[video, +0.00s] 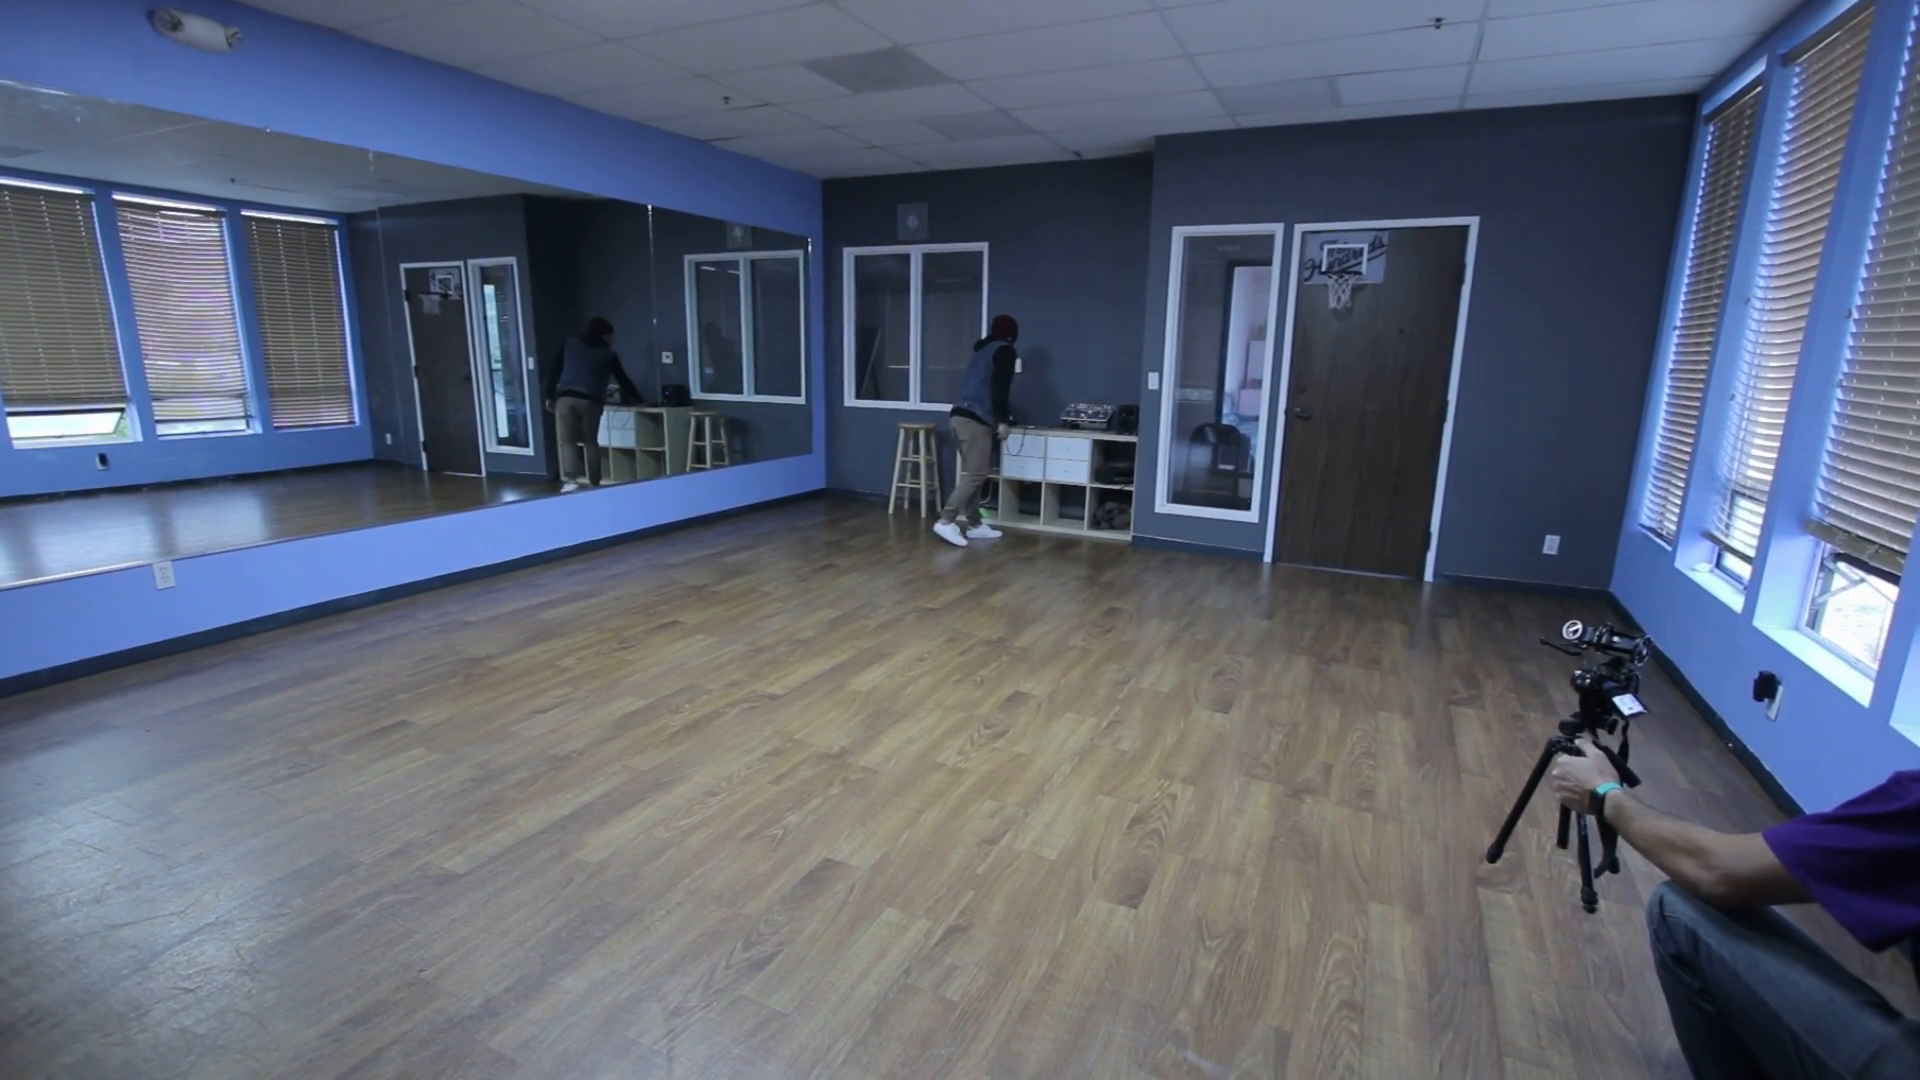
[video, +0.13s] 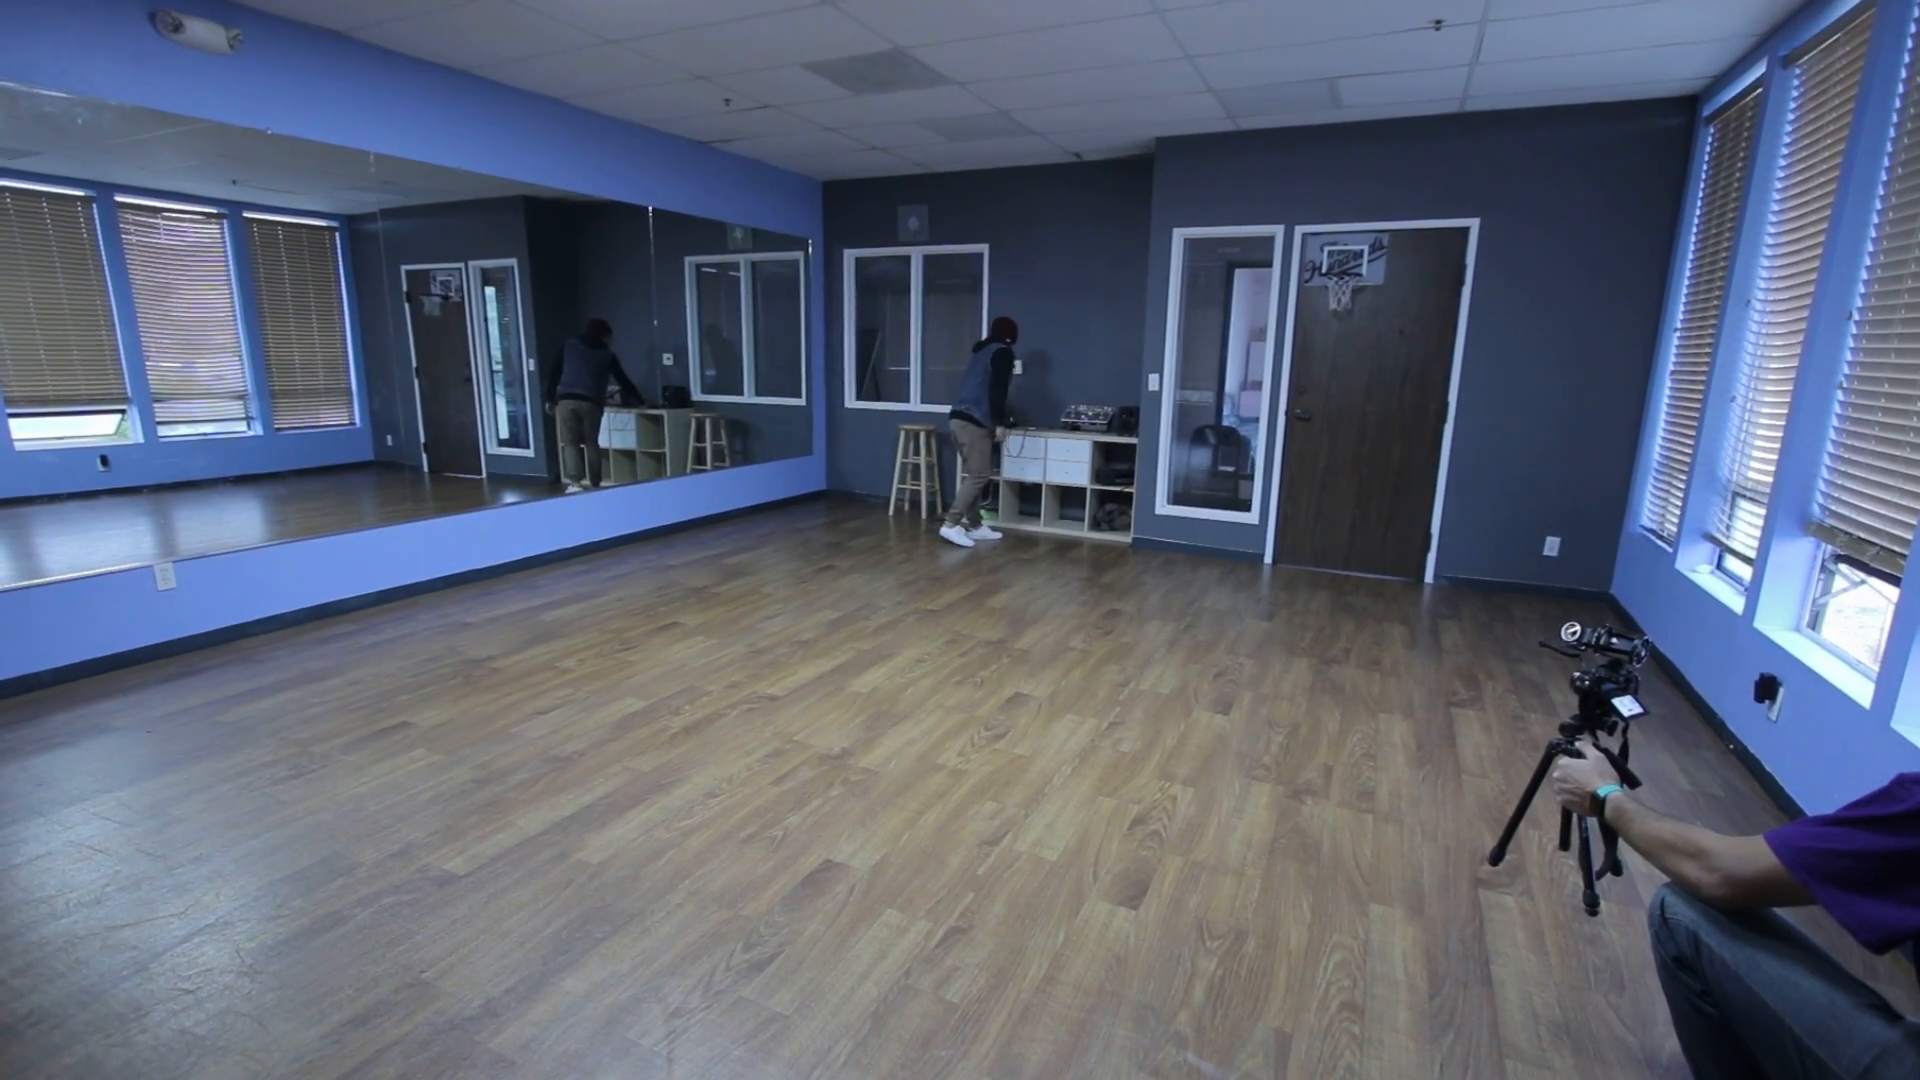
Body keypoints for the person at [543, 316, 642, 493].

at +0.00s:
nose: (611, 338)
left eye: (611, 335)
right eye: (610, 335)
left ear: (587, 330)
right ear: (606, 335)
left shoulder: (570, 344)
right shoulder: (608, 353)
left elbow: (555, 370)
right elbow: (623, 380)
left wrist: (550, 396)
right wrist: (638, 399)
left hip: (566, 399)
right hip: (590, 401)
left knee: (566, 441)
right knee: (590, 441)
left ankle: (569, 481)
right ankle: (594, 482)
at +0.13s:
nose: (609, 340)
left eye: (609, 337)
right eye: (608, 337)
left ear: (586, 331)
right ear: (604, 336)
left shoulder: (569, 346)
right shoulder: (607, 354)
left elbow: (554, 373)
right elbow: (623, 381)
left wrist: (549, 399)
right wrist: (639, 400)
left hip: (566, 401)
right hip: (591, 403)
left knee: (569, 443)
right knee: (591, 443)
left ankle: (573, 483)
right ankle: (594, 484)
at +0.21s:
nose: (607, 339)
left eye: (606, 336)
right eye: (606, 336)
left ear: (584, 331)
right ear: (602, 335)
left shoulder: (568, 346)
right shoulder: (605, 354)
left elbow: (553, 373)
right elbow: (622, 379)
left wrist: (549, 399)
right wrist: (638, 399)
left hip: (566, 401)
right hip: (590, 402)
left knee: (569, 442)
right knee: (591, 442)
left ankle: (573, 482)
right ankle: (594, 483)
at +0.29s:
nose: (604, 338)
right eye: (602, 335)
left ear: (580, 330)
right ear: (600, 334)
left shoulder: (565, 345)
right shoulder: (603, 353)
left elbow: (552, 374)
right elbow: (621, 378)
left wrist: (548, 400)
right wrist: (638, 398)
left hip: (566, 400)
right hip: (590, 402)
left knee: (566, 442)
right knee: (590, 442)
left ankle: (570, 482)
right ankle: (593, 483)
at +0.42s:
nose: (599, 337)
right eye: (598, 334)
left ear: (577, 330)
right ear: (596, 334)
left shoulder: (562, 345)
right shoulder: (599, 352)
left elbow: (549, 373)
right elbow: (618, 377)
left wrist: (546, 400)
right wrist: (634, 398)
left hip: (564, 402)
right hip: (588, 402)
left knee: (563, 444)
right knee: (589, 444)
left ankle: (566, 485)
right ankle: (594, 484)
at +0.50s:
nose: (594, 336)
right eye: (593, 333)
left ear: (573, 329)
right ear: (593, 333)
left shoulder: (558, 345)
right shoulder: (597, 352)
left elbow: (547, 373)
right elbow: (614, 378)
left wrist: (544, 400)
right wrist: (628, 399)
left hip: (563, 401)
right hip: (588, 402)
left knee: (562, 444)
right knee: (589, 444)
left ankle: (566, 485)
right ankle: (594, 484)